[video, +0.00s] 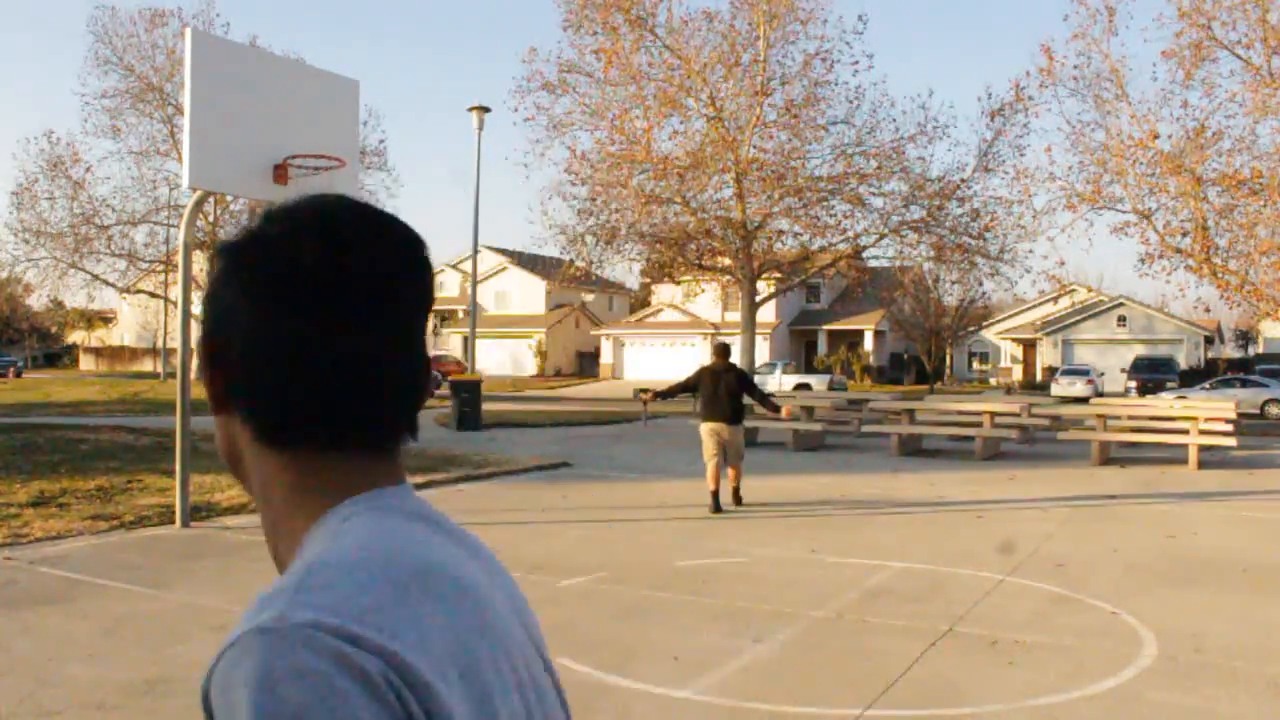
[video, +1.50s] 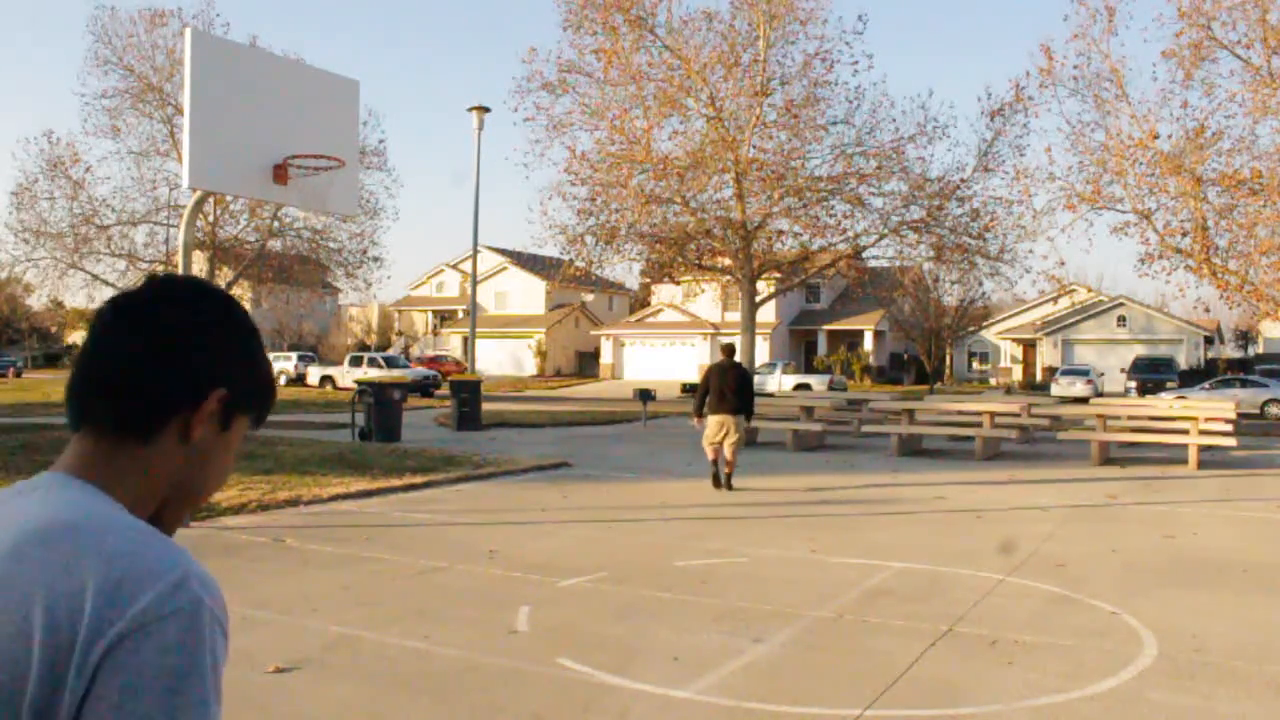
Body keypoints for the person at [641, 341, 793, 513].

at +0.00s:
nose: (720, 356)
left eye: (717, 353)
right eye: (724, 353)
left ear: (714, 355)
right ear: (729, 355)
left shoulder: (704, 373)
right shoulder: (738, 374)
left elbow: (682, 387)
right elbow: (756, 394)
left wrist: (658, 394)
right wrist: (776, 409)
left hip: (708, 423)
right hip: (732, 424)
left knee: (712, 461)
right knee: (735, 461)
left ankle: (714, 500)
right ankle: (735, 491)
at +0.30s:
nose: (723, 354)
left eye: (723, 352)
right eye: (730, 352)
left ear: (724, 354)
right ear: (738, 355)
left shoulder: (712, 371)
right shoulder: (745, 373)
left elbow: (690, 385)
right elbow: (765, 395)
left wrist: (664, 391)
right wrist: (789, 407)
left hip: (716, 423)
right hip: (737, 423)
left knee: (714, 457)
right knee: (736, 460)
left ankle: (712, 480)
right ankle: (733, 495)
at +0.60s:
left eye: (726, 353)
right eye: (735, 353)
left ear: (723, 355)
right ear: (738, 355)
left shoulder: (714, 371)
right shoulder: (744, 372)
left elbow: (696, 389)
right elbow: (758, 394)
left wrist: (676, 402)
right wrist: (771, 409)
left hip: (716, 420)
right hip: (737, 420)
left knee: (717, 453)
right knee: (734, 455)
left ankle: (718, 480)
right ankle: (733, 493)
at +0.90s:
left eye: (721, 352)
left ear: (719, 354)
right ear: (733, 354)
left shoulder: (710, 371)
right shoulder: (742, 372)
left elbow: (700, 395)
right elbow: (748, 397)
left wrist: (696, 416)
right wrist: (748, 417)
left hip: (713, 417)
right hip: (734, 417)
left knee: (716, 452)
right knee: (736, 449)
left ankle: (720, 486)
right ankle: (735, 476)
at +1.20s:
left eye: (720, 353)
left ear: (719, 355)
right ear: (733, 355)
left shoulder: (710, 371)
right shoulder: (741, 372)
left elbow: (699, 390)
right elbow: (752, 395)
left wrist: (694, 405)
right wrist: (760, 413)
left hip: (715, 416)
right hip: (735, 417)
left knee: (717, 450)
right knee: (732, 450)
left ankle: (721, 485)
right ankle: (729, 478)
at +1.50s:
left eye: (723, 352)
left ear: (721, 353)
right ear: (734, 353)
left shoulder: (713, 369)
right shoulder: (743, 371)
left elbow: (702, 392)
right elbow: (749, 395)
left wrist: (697, 412)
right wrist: (748, 416)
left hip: (716, 414)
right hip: (735, 415)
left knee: (710, 442)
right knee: (731, 448)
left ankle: (714, 465)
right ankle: (728, 478)